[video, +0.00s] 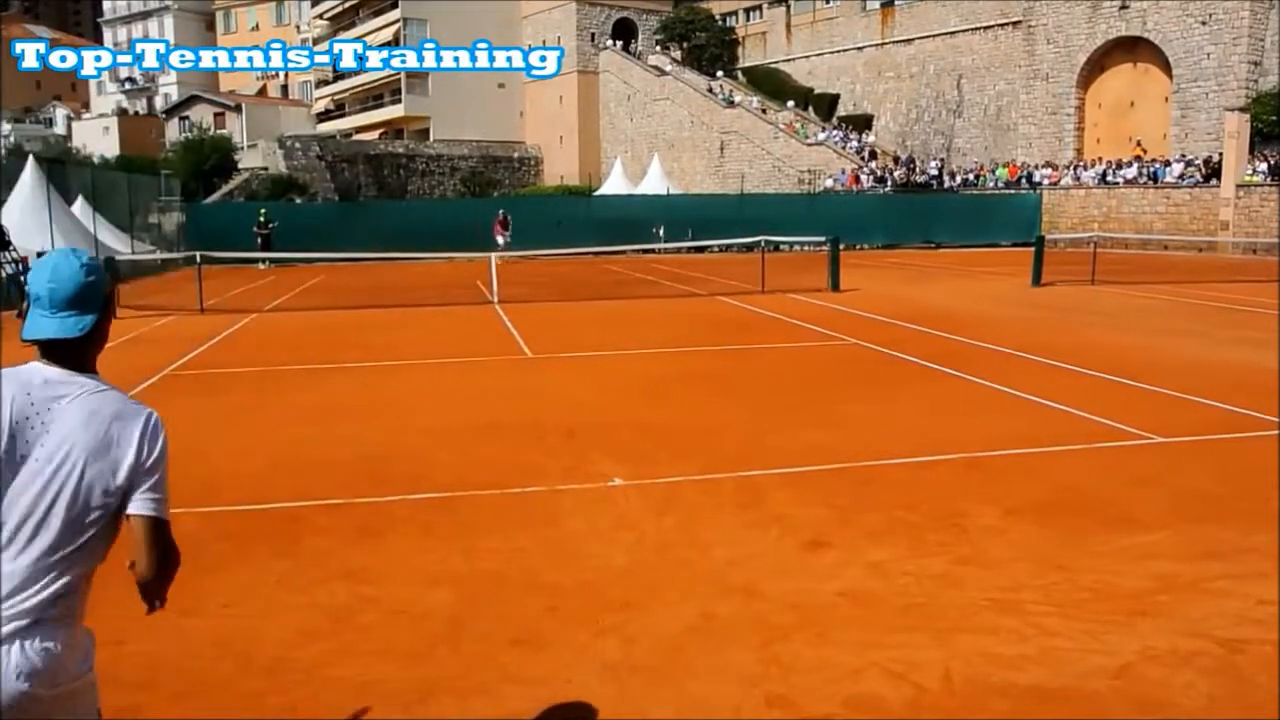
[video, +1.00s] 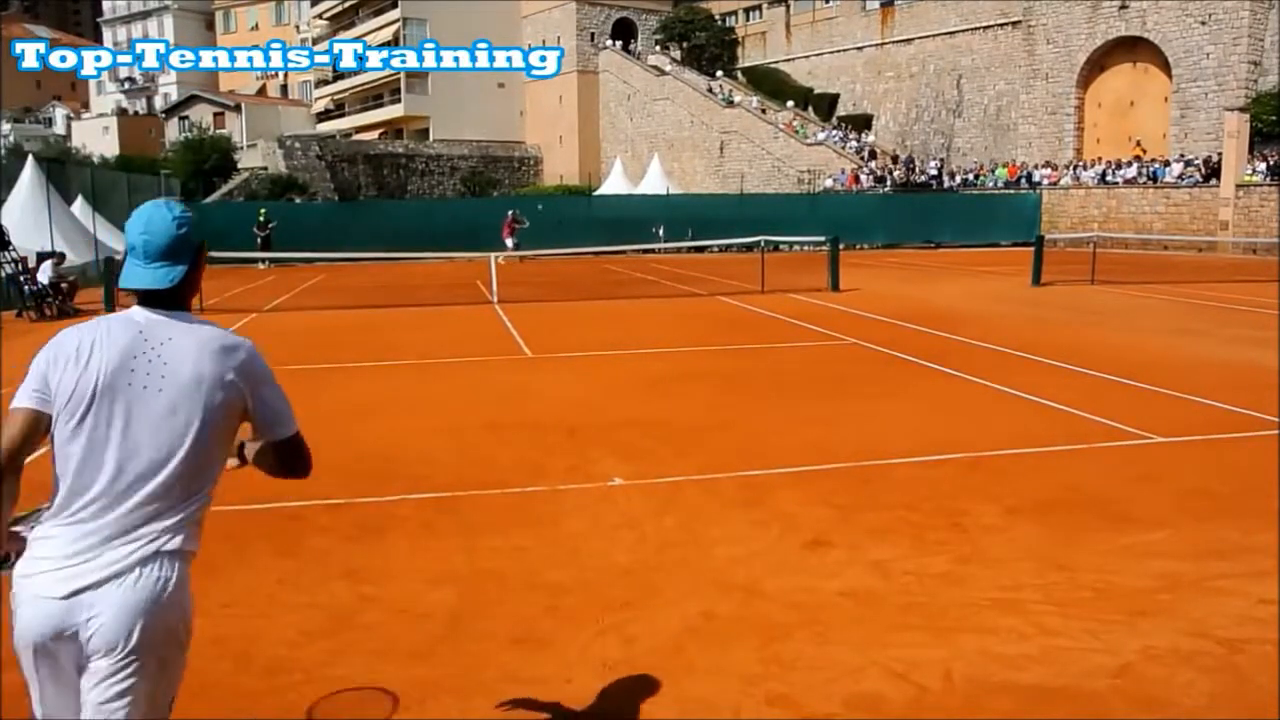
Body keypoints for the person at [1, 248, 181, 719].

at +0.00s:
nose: (113, 321)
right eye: (113, 311)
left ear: (29, 315)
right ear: (107, 322)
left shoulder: (4, 391)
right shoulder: (133, 423)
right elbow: (152, 563)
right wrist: (151, 585)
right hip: (41, 661)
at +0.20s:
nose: (123, 321)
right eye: (123, 311)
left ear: (43, 310)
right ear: (118, 319)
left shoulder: (6, 385)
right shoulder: (144, 417)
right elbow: (172, 565)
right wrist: (179, 549)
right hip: (50, 656)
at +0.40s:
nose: (148, 312)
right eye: (148, 301)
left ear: (69, 301)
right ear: (145, 311)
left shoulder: (9, 382)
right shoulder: (170, 406)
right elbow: (215, 535)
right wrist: (216, 516)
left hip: (3, 635)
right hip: (78, 649)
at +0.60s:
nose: (161, 304)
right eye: (160, 294)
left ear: (84, 296)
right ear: (158, 303)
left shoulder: (15, 380)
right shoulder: (185, 399)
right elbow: (239, 522)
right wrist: (223, 479)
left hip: (2, 637)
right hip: (89, 645)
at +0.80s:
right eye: (183, 277)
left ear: (112, 275)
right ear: (184, 283)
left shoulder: (50, 361)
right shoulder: (217, 372)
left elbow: (2, 456)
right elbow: (278, 481)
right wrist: (237, 456)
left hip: (19, 603)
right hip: (121, 616)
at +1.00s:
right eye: (198, 264)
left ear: (127, 265)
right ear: (196, 270)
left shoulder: (68, 345)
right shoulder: (229, 353)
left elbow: (8, 453)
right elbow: (295, 462)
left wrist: (4, 535)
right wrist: (247, 450)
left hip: (43, 592)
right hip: (141, 599)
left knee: (56, 711)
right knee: (115, 711)